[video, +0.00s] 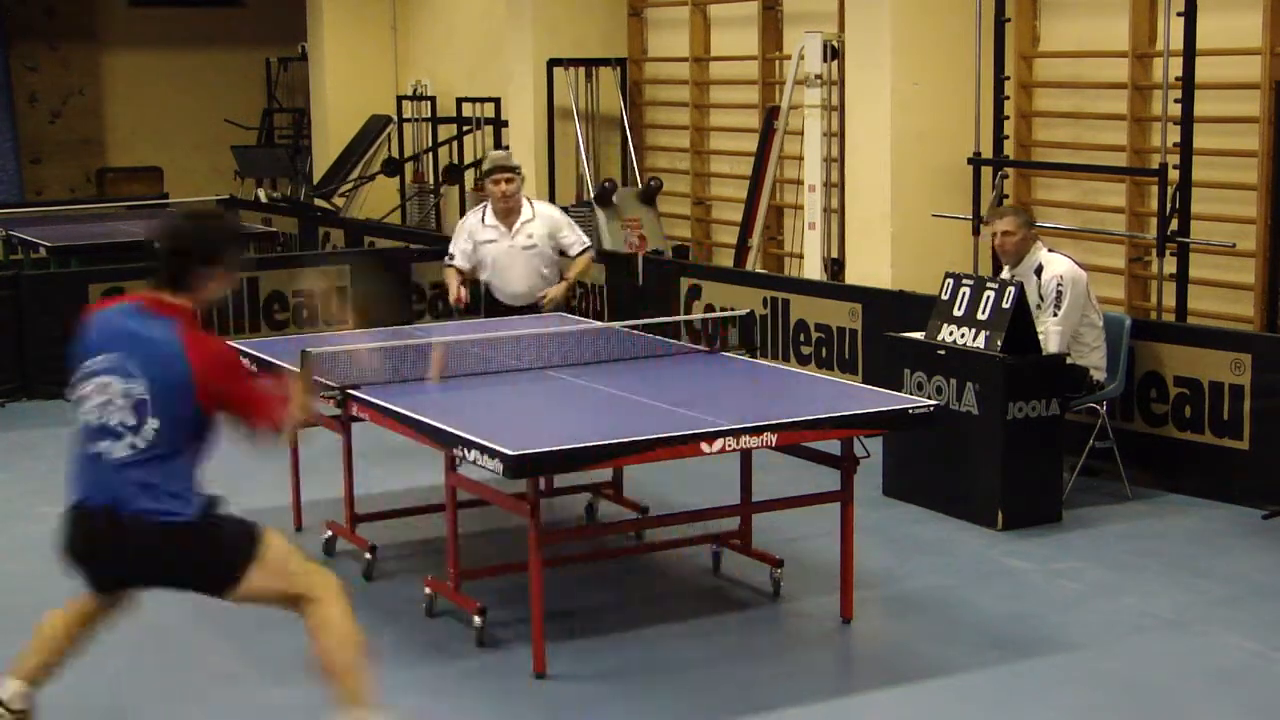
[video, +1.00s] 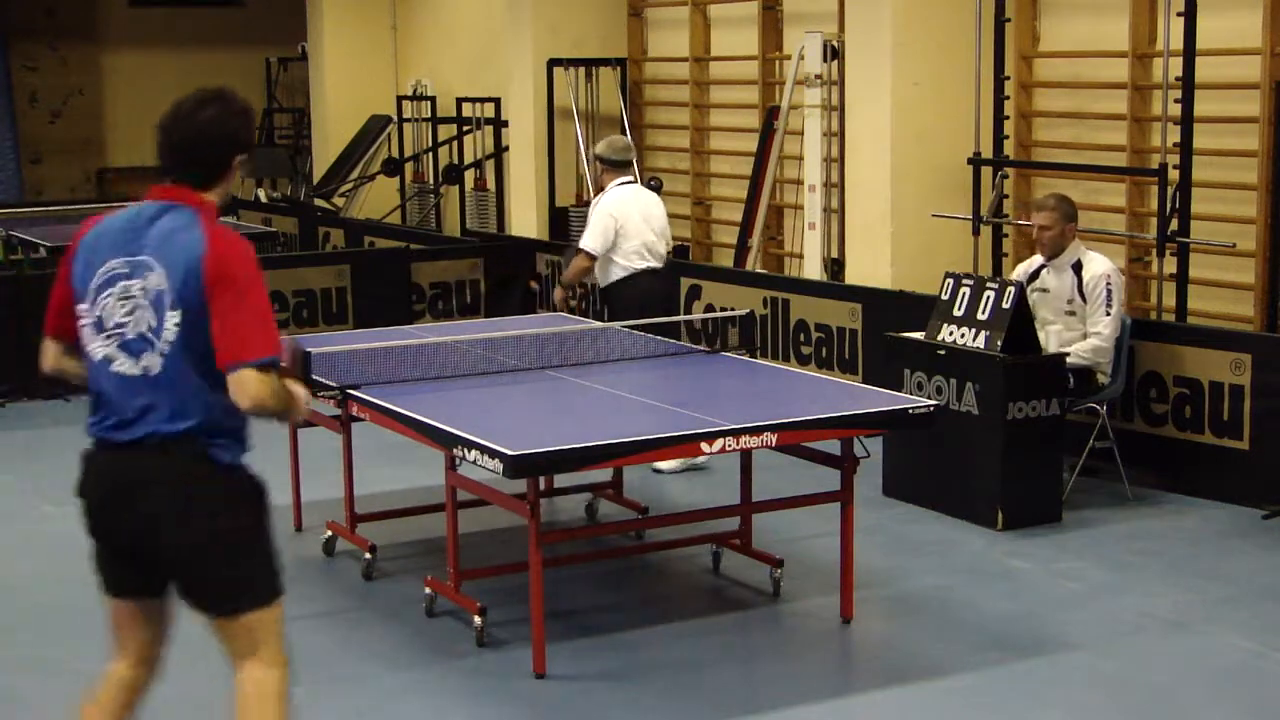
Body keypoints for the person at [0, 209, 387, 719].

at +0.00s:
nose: (230, 283)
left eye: (232, 271)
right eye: (228, 271)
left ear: (167, 262)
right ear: (207, 274)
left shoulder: (97, 320)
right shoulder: (197, 349)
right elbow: (278, 415)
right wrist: (299, 393)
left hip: (90, 530)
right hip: (169, 534)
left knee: (108, 596)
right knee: (318, 588)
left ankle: (14, 693)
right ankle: (361, 710)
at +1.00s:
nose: (244, 168)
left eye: (242, 156)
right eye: (245, 157)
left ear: (166, 151)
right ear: (233, 164)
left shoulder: (94, 237)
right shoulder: (221, 248)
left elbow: (55, 359)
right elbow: (249, 390)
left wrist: (133, 372)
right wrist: (290, 397)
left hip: (111, 474)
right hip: (201, 480)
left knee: (132, 656)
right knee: (258, 660)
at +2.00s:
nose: (709, 139)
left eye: (705, 124)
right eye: (699, 125)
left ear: (650, 137)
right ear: (662, 136)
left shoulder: (593, 228)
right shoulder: (666, 224)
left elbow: (579, 357)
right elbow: (702, 370)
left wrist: (667, 347)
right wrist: (732, 420)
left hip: (624, 446)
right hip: (679, 450)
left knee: (670, 614)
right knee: (739, 619)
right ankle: (658, 709)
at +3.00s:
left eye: (846, 117)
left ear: (839, 128)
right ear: (898, 126)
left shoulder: (812, 202)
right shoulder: (936, 202)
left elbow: (792, 303)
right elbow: (977, 306)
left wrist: (778, 317)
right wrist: (948, 349)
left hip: (840, 387)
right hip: (914, 387)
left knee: (862, 519)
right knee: (922, 510)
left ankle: (883, 660)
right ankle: (919, 614)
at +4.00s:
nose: (825, 160)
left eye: (827, 151)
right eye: (827, 151)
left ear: (840, 151)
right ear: (874, 153)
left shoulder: (848, 178)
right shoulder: (895, 201)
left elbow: (867, 239)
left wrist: (816, 290)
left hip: (867, 331)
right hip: (917, 336)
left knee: (824, 470)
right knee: (910, 484)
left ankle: (832, 603)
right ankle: (915, 610)